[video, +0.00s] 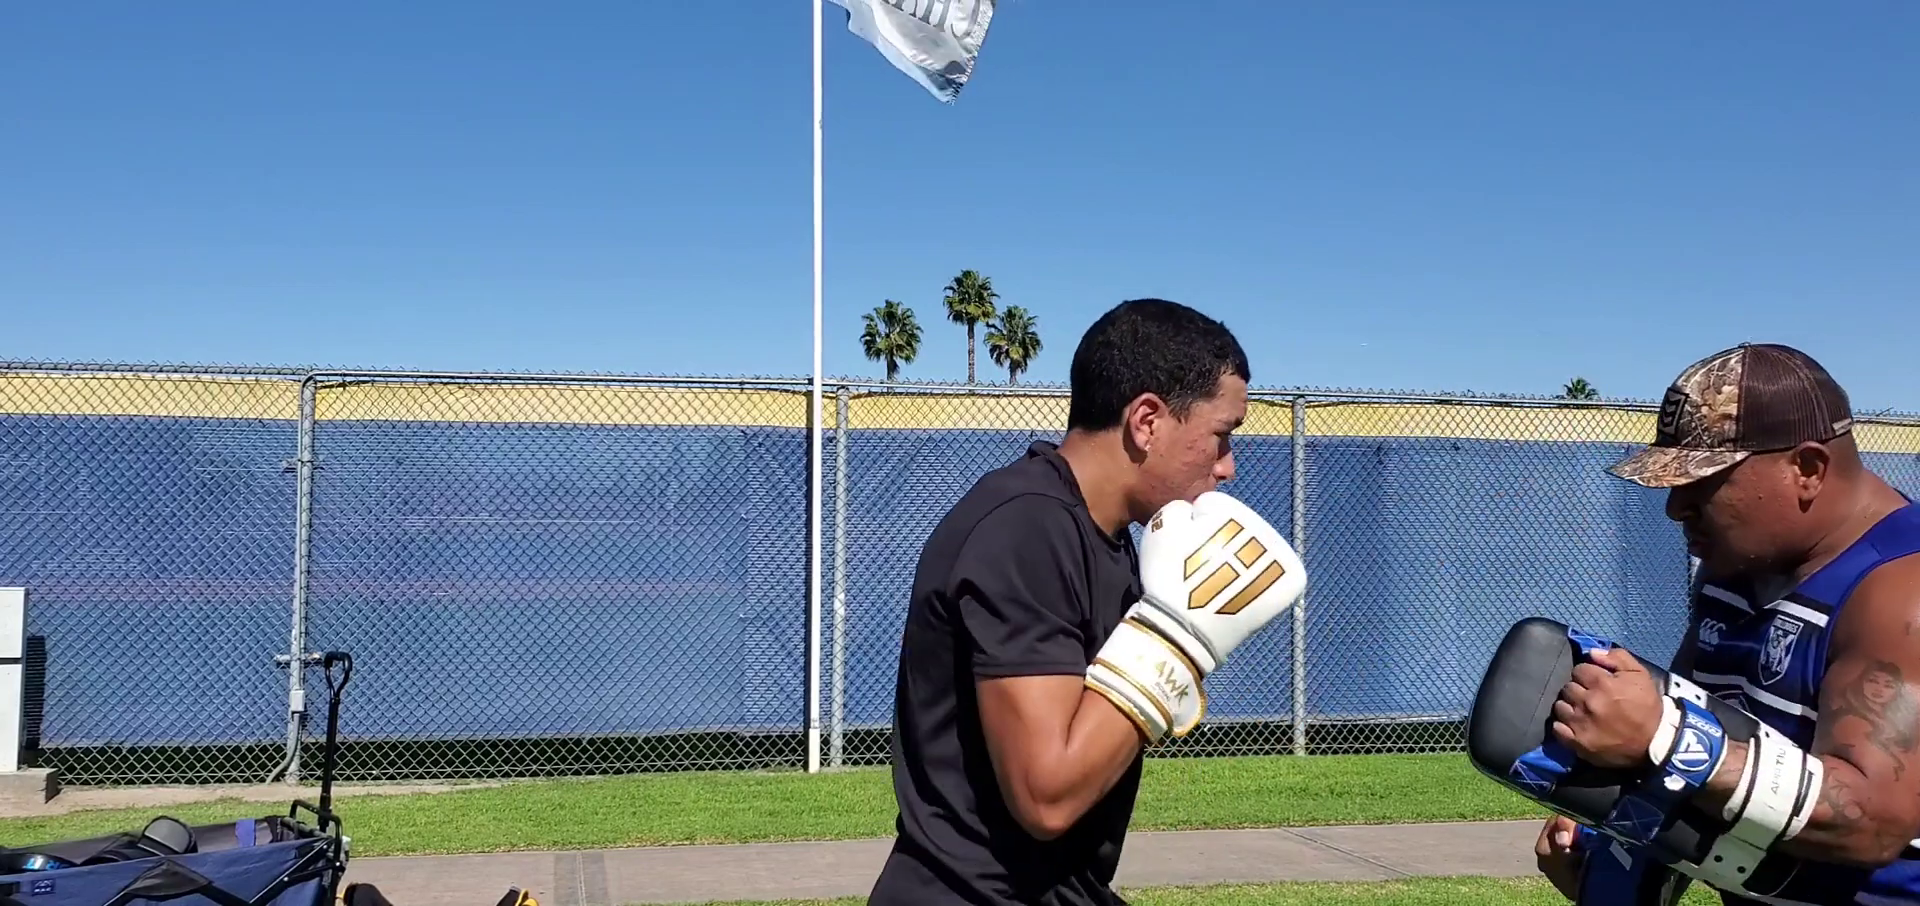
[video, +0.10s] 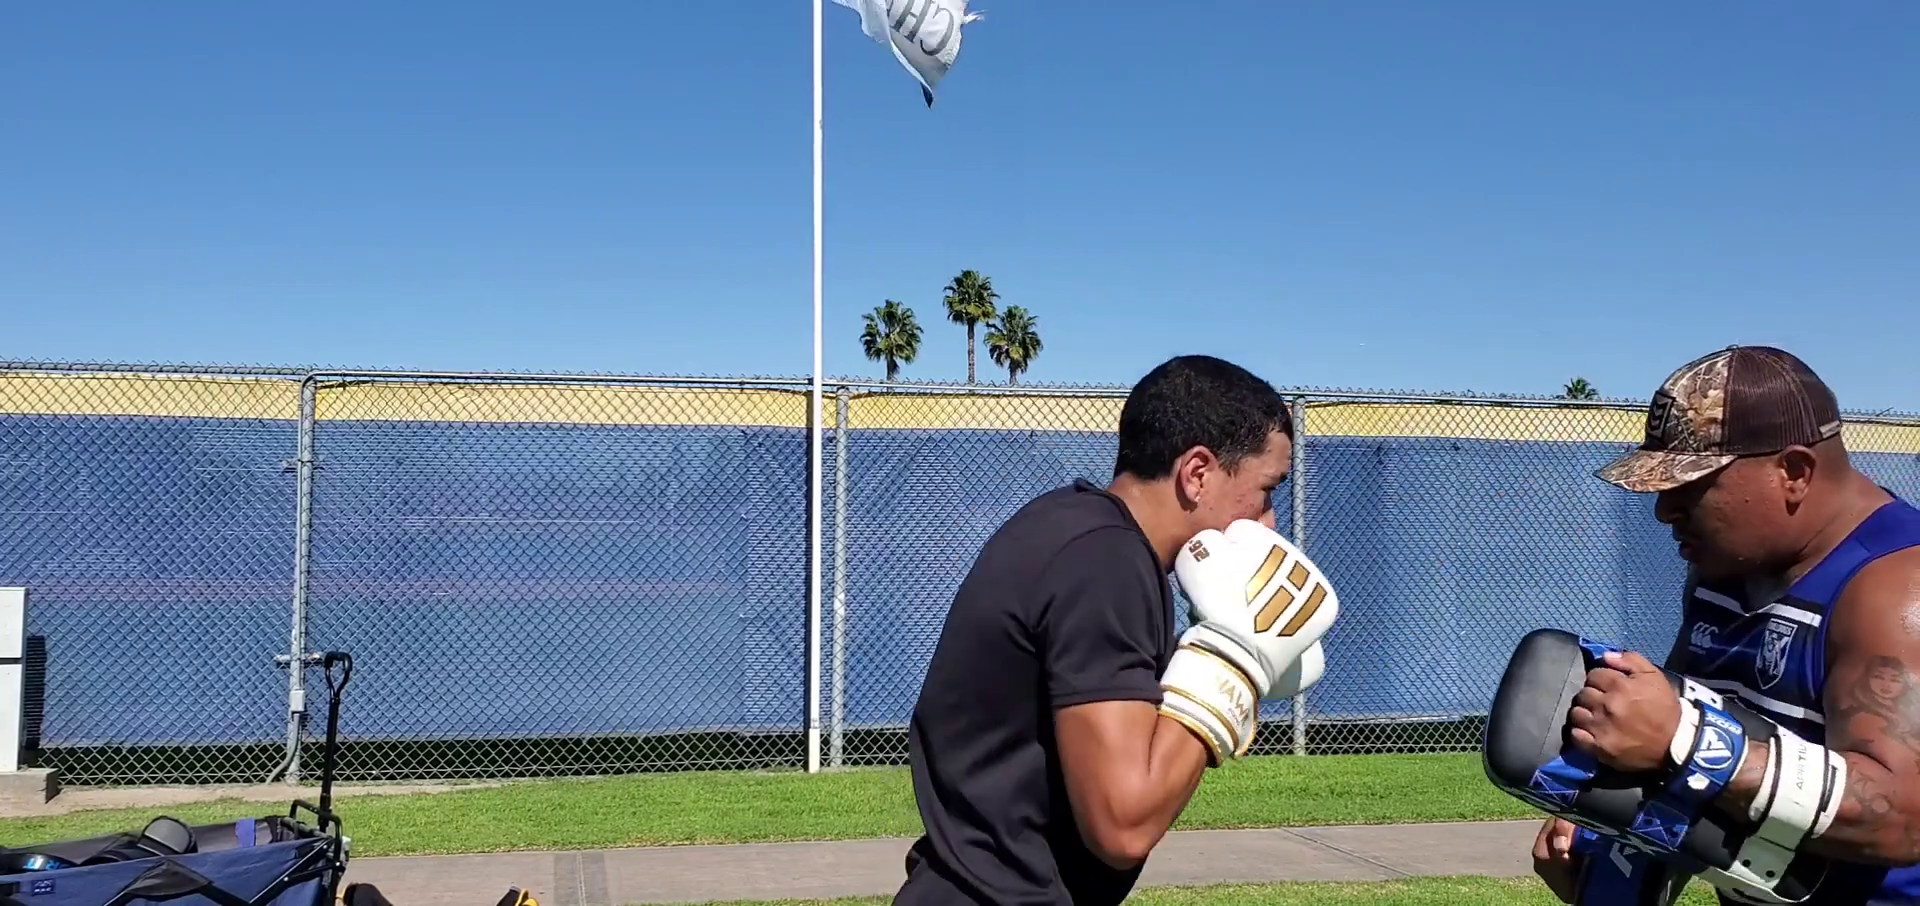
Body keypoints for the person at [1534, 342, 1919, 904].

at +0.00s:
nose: (1674, 508)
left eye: (1702, 483)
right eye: (1676, 482)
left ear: (1807, 471)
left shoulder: (1900, 594)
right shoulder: (1734, 557)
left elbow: (1870, 819)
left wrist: (1668, 735)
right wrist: (1611, 841)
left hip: (1869, 893)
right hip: (1753, 885)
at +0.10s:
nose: (1664, 511)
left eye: (1690, 485)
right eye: (1664, 486)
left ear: (1794, 475)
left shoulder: (1895, 594)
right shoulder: (1727, 562)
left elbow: (1896, 817)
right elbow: (1683, 721)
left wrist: (1691, 740)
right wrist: (1607, 834)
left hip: (1872, 891)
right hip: (1750, 885)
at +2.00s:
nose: (1836, 472)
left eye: (1867, 446)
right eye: (1835, 444)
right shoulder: (1865, 551)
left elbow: (1907, 783)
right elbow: (1763, 611)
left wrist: (1777, 823)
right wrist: (1718, 503)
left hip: (1897, 869)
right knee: (1722, 886)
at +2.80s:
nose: (1708, 499)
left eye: (1728, 469)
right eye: (1702, 479)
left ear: (1827, 454)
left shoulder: (1906, 590)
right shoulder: (1753, 593)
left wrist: (1880, 881)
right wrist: (1571, 654)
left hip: (1892, 894)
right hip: (1812, 891)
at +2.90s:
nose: (1692, 486)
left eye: (1709, 461)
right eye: (1689, 469)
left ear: (1804, 445)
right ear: (1804, 447)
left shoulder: (1905, 558)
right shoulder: (1765, 571)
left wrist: (1840, 874)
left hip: (1893, 889)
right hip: (1804, 880)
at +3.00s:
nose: (1693, 504)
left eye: (1707, 476)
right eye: (1685, 489)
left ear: (1774, 451)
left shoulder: (1900, 542)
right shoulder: (1734, 584)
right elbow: (1624, 635)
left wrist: (1865, 850)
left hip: (1898, 883)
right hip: (1794, 875)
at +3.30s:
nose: (1674, 507)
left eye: (1685, 482)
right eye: (1666, 492)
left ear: (1749, 455)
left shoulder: (1897, 544)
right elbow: (1595, 655)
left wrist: (1879, 870)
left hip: (1887, 884)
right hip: (1785, 875)